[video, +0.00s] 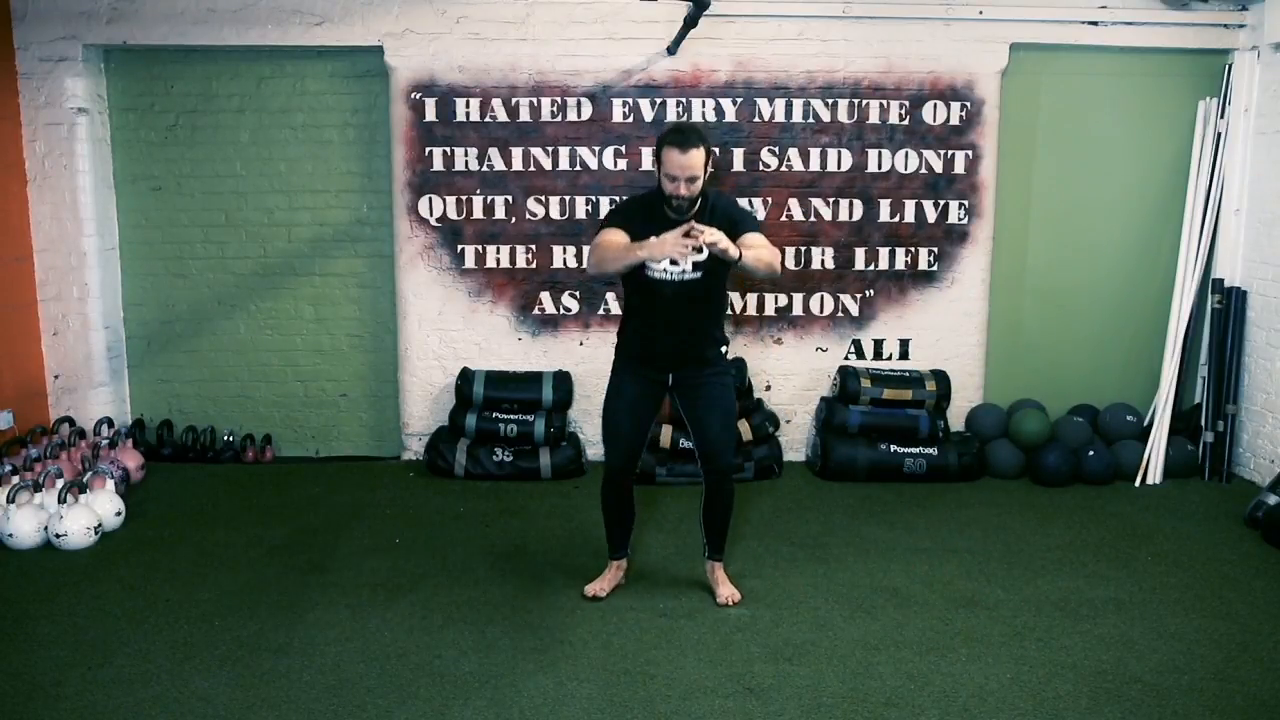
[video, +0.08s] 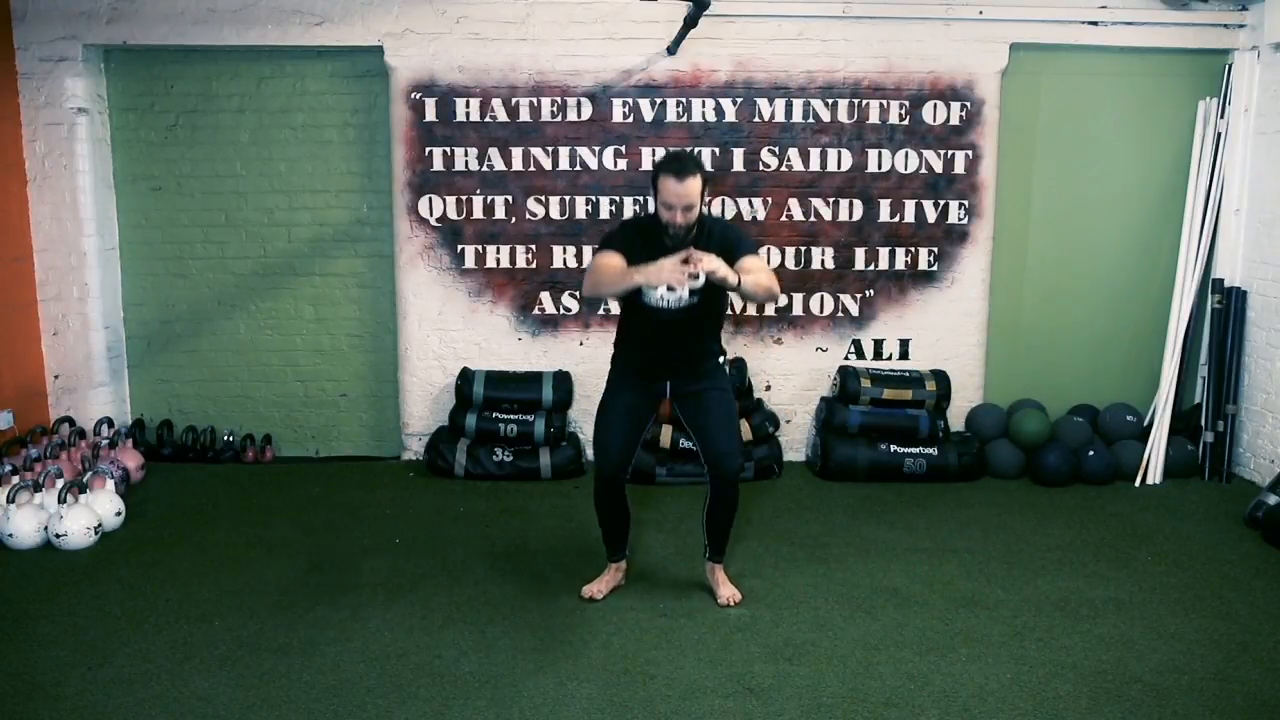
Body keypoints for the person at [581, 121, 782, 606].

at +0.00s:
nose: (680, 189)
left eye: (690, 179)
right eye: (671, 178)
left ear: (706, 170)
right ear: (658, 169)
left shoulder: (723, 210)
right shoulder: (638, 210)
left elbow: (773, 265)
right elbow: (597, 259)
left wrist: (731, 250)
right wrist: (651, 246)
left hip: (703, 362)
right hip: (638, 360)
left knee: (721, 464)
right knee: (618, 463)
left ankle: (715, 562)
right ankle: (617, 560)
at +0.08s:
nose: (677, 218)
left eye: (687, 208)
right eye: (669, 207)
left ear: (703, 199)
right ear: (655, 198)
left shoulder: (722, 236)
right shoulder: (633, 233)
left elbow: (770, 288)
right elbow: (592, 284)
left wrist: (730, 277)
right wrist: (647, 273)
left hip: (701, 372)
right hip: (635, 371)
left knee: (727, 466)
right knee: (608, 467)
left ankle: (715, 564)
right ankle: (616, 562)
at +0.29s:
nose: (670, 320)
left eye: (680, 310)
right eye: (661, 310)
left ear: (696, 294)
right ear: (648, 295)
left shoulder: (715, 322)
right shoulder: (630, 318)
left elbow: (764, 376)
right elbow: (590, 372)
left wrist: (727, 373)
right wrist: (643, 366)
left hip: (698, 420)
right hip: (632, 419)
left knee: (736, 480)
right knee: (594, 486)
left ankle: (715, 568)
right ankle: (615, 567)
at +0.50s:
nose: (666, 403)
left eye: (677, 394)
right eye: (657, 394)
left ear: (691, 377)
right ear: (641, 377)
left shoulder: (709, 397)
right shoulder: (624, 396)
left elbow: (757, 459)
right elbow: (588, 457)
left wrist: (726, 464)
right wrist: (638, 460)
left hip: (694, 485)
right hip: (638, 485)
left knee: (743, 492)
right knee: (591, 497)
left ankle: (714, 569)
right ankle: (616, 568)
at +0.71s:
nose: (667, 386)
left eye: (677, 376)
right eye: (657, 375)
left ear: (691, 363)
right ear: (643, 363)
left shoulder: (709, 385)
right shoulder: (627, 385)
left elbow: (760, 440)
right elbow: (590, 438)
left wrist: (723, 437)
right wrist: (645, 436)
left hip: (696, 473)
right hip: (638, 473)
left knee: (739, 493)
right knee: (594, 497)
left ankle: (713, 571)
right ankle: (617, 569)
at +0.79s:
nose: (667, 358)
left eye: (677, 348)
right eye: (657, 348)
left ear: (692, 337)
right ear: (645, 336)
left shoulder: (712, 361)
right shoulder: (630, 359)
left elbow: (760, 413)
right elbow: (589, 408)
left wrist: (721, 401)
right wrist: (645, 400)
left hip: (699, 452)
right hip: (635, 451)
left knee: (738, 491)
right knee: (598, 494)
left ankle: (713, 569)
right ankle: (617, 569)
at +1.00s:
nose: (670, 256)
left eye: (680, 247)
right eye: (661, 246)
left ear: (696, 238)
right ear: (649, 239)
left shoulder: (717, 273)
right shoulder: (633, 271)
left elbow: (763, 326)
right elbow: (587, 320)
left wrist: (722, 313)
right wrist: (645, 310)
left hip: (699, 388)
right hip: (637, 388)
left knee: (727, 473)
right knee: (610, 476)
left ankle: (713, 568)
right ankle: (618, 565)